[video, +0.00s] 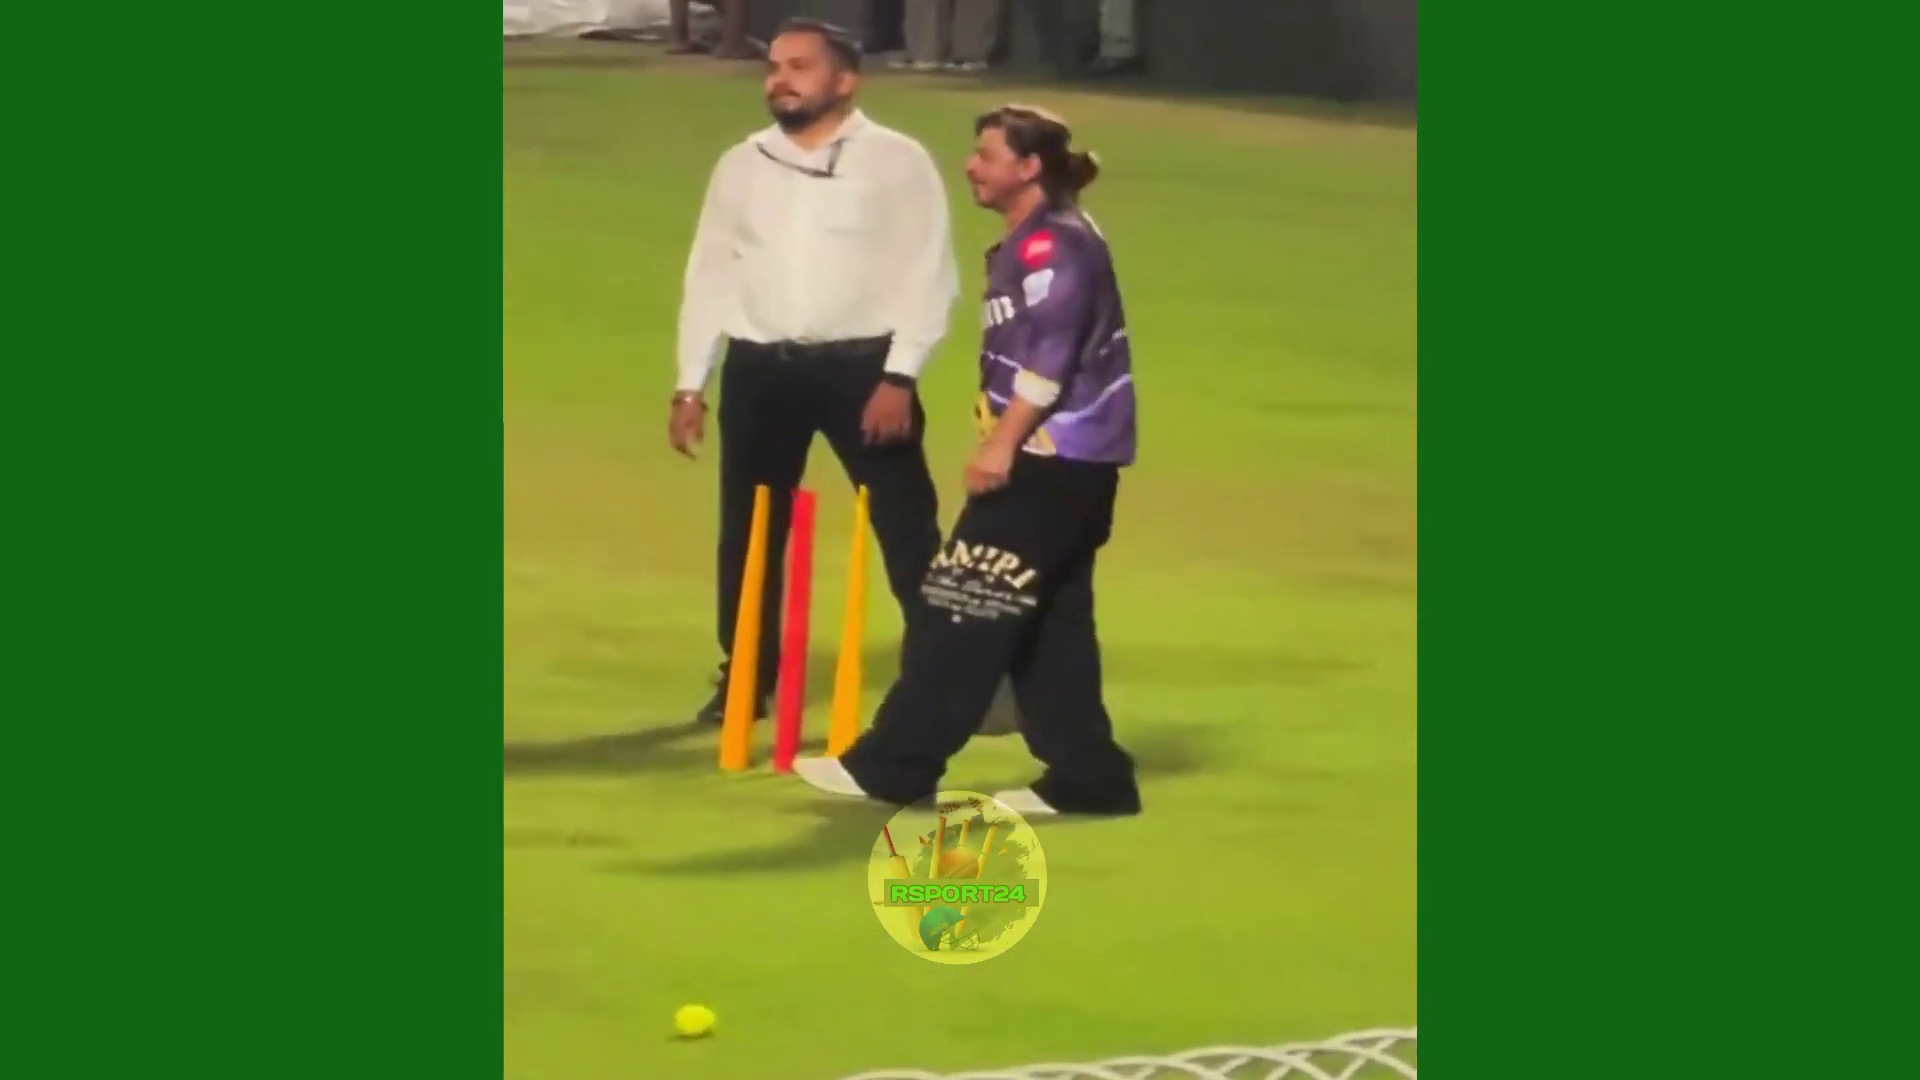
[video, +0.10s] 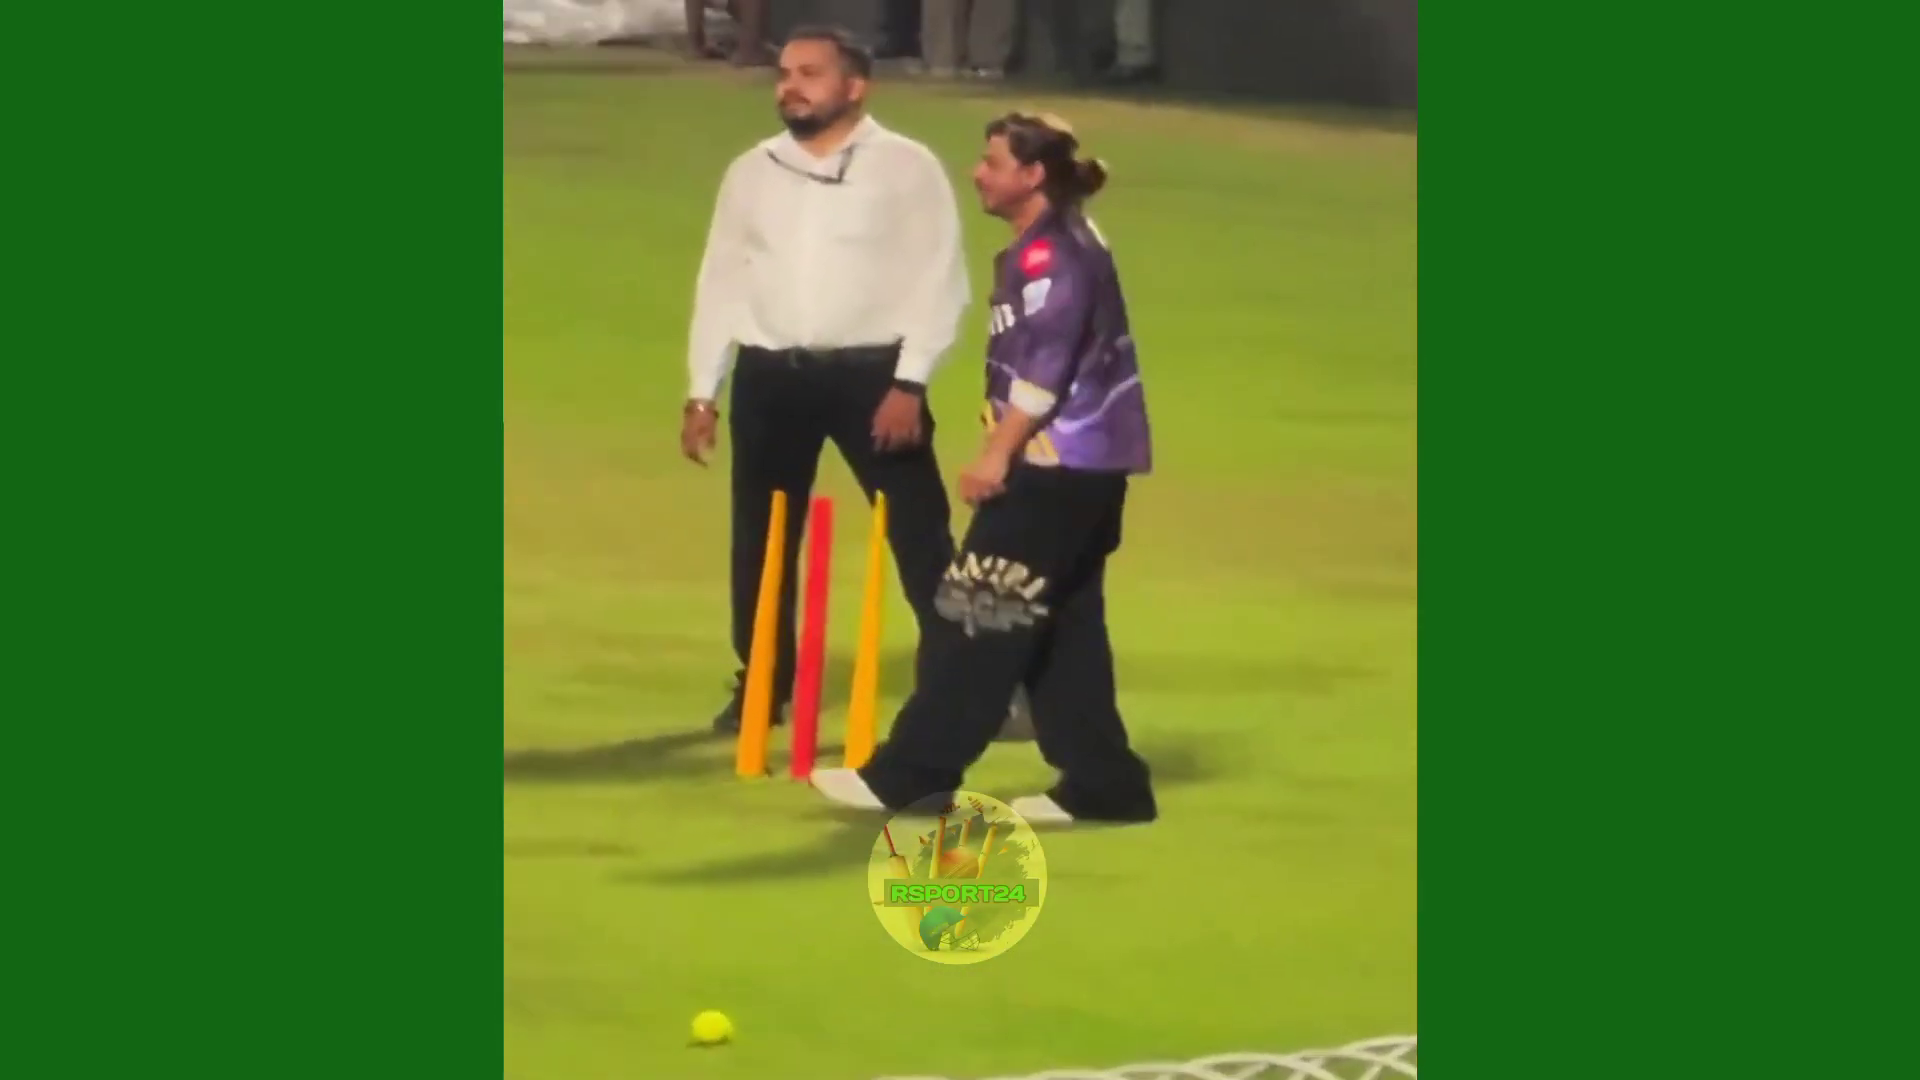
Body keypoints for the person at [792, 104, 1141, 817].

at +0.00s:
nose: (971, 168)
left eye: (985, 156)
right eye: (975, 155)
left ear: (1029, 168)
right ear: (1024, 169)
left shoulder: (1060, 246)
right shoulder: (1020, 247)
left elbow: (1052, 360)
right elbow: (1022, 354)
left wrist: (1004, 441)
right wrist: (1000, 422)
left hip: (1059, 461)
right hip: (1041, 458)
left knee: (962, 602)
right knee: (1050, 628)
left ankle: (892, 765)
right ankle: (1089, 778)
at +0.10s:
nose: (978, 174)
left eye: (991, 163)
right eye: (982, 161)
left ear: (1034, 176)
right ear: (1032, 176)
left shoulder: (1059, 256)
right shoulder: (1033, 250)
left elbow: (1044, 375)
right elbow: (1024, 366)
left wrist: (997, 453)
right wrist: (1001, 439)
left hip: (1063, 469)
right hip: (1057, 468)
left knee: (979, 615)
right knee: (1062, 634)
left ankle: (908, 775)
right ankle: (1104, 786)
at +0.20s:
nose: (977, 183)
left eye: (989, 173)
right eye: (982, 171)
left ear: (1029, 186)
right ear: (1032, 187)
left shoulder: (1044, 269)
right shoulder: (1053, 259)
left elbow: (1022, 389)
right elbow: (1024, 385)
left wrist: (969, 466)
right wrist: (987, 461)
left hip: (1053, 478)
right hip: (1070, 479)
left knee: (989, 631)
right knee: (1069, 641)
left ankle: (936, 792)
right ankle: (1122, 794)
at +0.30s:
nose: (964, 184)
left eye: (976, 174)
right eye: (969, 171)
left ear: (1013, 189)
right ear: (1020, 189)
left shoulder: (1022, 273)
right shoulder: (1052, 258)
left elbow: (998, 396)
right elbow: (1025, 386)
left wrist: (946, 463)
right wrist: (961, 456)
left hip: (1029, 484)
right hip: (1061, 484)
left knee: (970, 641)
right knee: (1059, 645)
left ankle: (942, 796)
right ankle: (1125, 794)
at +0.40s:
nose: (969, 189)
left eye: (980, 180)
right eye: (974, 177)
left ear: (1016, 195)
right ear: (1025, 195)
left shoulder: (1028, 277)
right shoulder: (1057, 266)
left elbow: (1006, 393)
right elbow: (1024, 387)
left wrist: (947, 452)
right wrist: (972, 450)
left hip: (1033, 487)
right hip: (1068, 488)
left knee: (984, 644)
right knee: (1059, 645)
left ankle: (969, 803)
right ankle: (1140, 794)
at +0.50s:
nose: (982, 196)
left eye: (992, 186)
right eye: (988, 183)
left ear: (1028, 201)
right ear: (1034, 201)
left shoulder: (1043, 285)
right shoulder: (1064, 270)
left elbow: (1014, 402)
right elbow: (1027, 395)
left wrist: (963, 441)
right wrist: (974, 444)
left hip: (1048, 487)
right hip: (1074, 487)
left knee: (1006, 649)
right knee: (1052, 649)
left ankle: (1001, 813)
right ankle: (1156, 786)